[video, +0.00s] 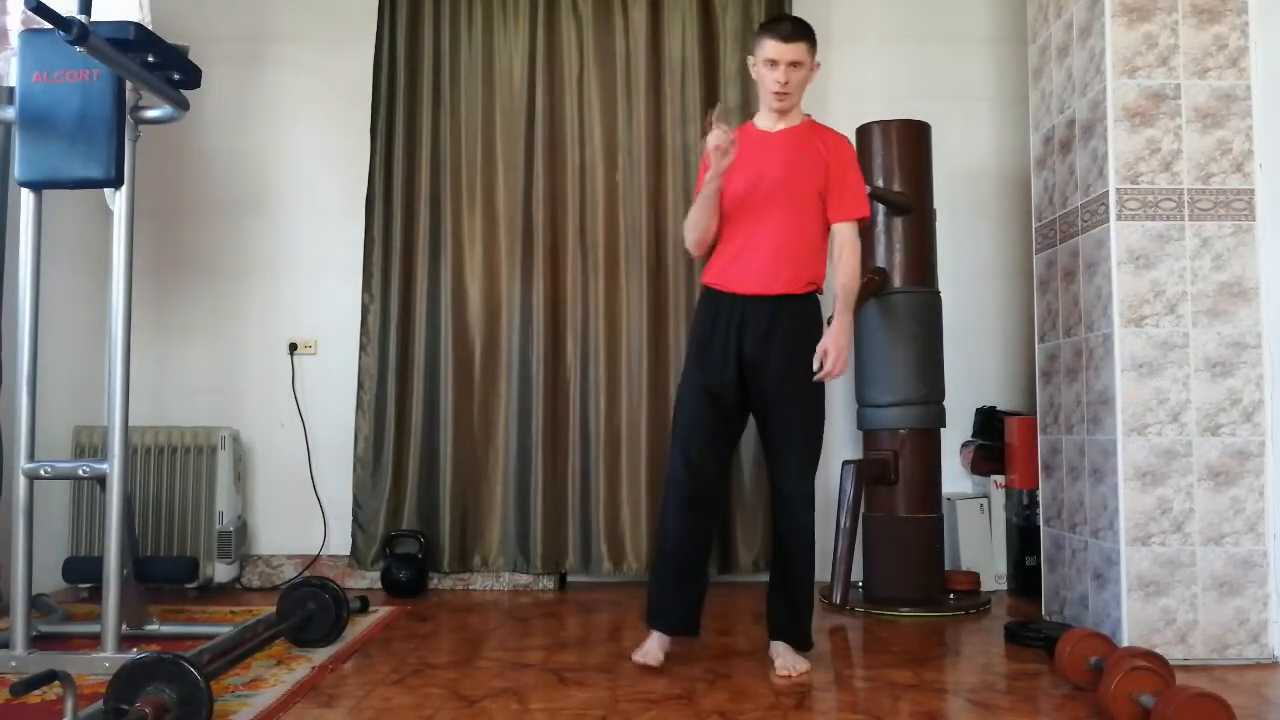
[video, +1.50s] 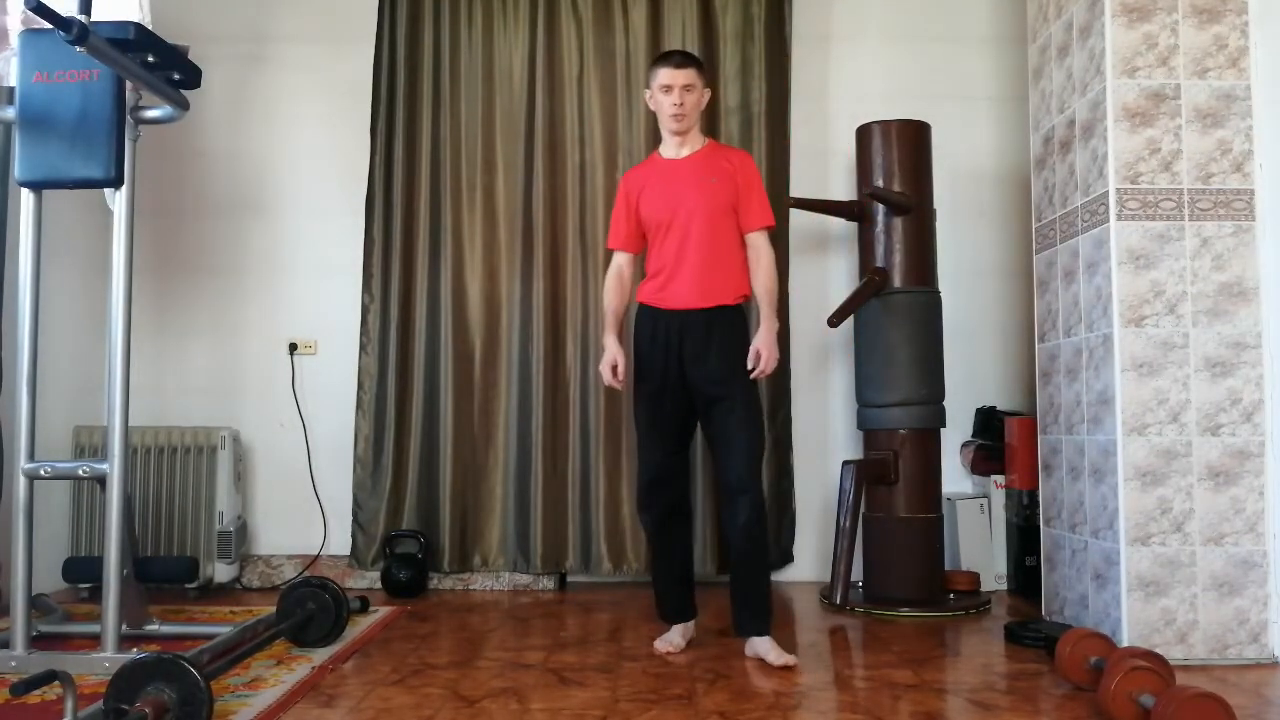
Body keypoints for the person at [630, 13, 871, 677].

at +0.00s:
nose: (781, 77)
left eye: (794, 65)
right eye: (770, 63)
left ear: (812, 71)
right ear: (752, 66)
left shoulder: (832, 149)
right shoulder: (724, 146)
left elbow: (847, 244)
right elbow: (695, 243)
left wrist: (841, 322)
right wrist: (714, 173)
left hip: (794, 324)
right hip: (721, 320)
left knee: (793, 486)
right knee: (690, 473)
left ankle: (787, 636)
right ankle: (667, 622)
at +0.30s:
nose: (780, 81)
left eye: (792, 70)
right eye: (770, 67)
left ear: (808, 77)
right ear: (749, 69)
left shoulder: (824, 154)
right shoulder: (716, 148)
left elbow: (840, 249)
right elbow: (692, 239)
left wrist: (842, 335)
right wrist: (721, 182)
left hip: (784, 323)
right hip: (714, 320)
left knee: (789, 481)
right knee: (684, 468)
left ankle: (787, 635)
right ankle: (676, 608)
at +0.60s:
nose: (748, 83)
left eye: (761, 72)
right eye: (737, 71)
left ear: (777, 80)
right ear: (720, 76)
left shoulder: (797, 155)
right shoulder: (691, 157)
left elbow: (817, 246)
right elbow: (667, 236)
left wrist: (822, 329)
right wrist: (676, 246)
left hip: (762, 323)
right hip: (694, 323)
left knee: (775, 481)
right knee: (681, 474)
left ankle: (784, 634)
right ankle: (685, 609)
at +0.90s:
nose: (718, 86)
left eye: (730, 76)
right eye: (707, 76)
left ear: (747, 87)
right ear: (690, 85)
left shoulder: (770, 159)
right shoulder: (666, 169)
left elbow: (789, 247)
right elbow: (650, 260)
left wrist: (777, 307)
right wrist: (629, 342)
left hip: (748, 327)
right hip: (674, 328)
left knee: (766, 483)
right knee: (671, 480)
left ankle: (781, 633)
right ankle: (680, 615)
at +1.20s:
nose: (687, 95)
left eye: (698, 84)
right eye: (676, 85)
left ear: (717, 93)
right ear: (661, 95)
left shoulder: (744, 161)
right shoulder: (648, 177)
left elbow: (766, 250)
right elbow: (635, 267)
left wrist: (768, 329)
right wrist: (610, 344)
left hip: (725, 331)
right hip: (658, 334)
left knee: (747, 483)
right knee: (665, 482)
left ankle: (772, 631)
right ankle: (680, 617)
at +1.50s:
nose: (675, 99)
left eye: (686, 89)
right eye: (665, 90)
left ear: (705, 97)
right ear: (649, 99)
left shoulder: (736, 166)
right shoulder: (635, 180)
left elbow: (760, 249)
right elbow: (622, 266)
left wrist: (769, 323)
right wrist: (611, 334)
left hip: (725, 332)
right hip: (657, 335)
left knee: (741, 481)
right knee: (661, 482)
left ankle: (754, 629)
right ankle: (679, 617)